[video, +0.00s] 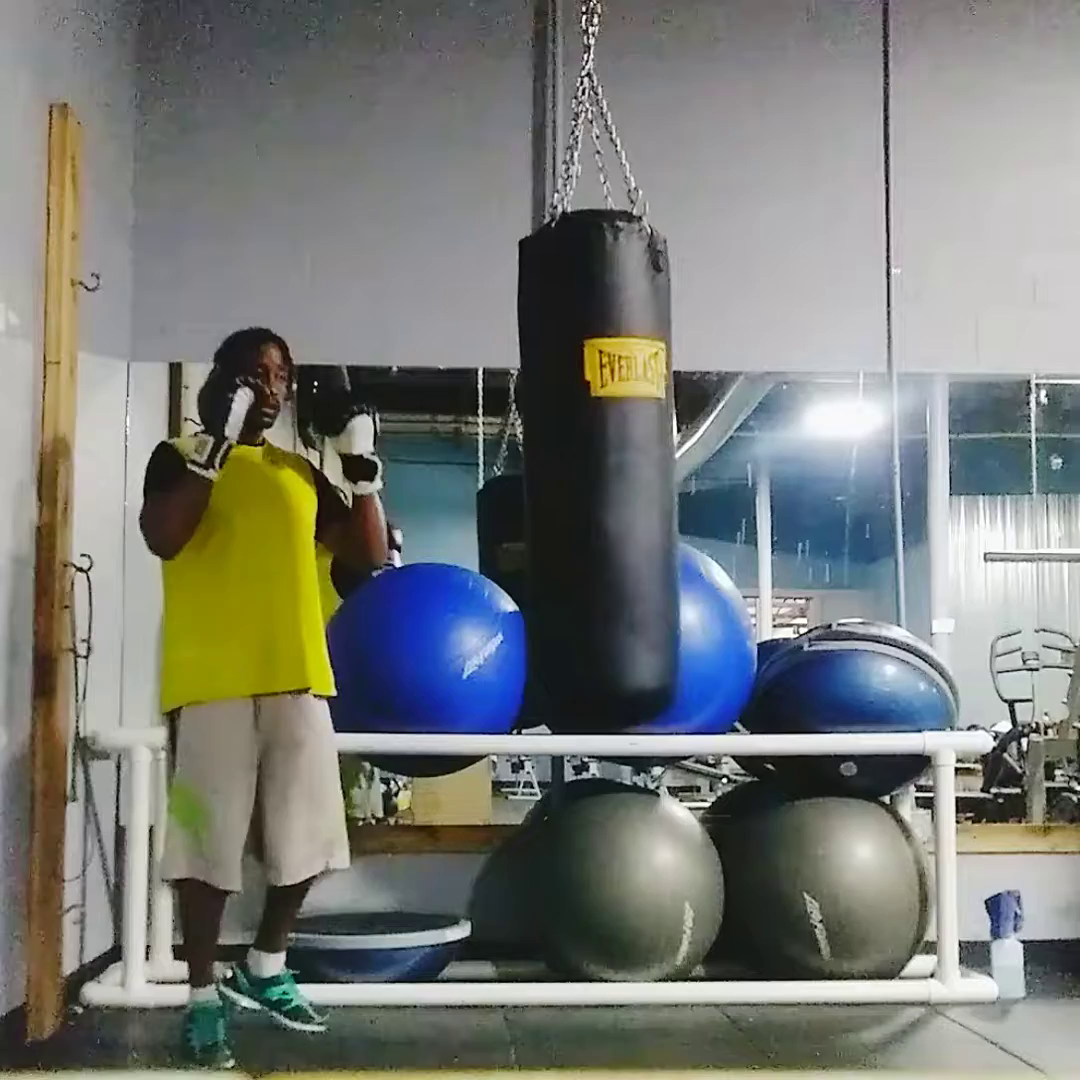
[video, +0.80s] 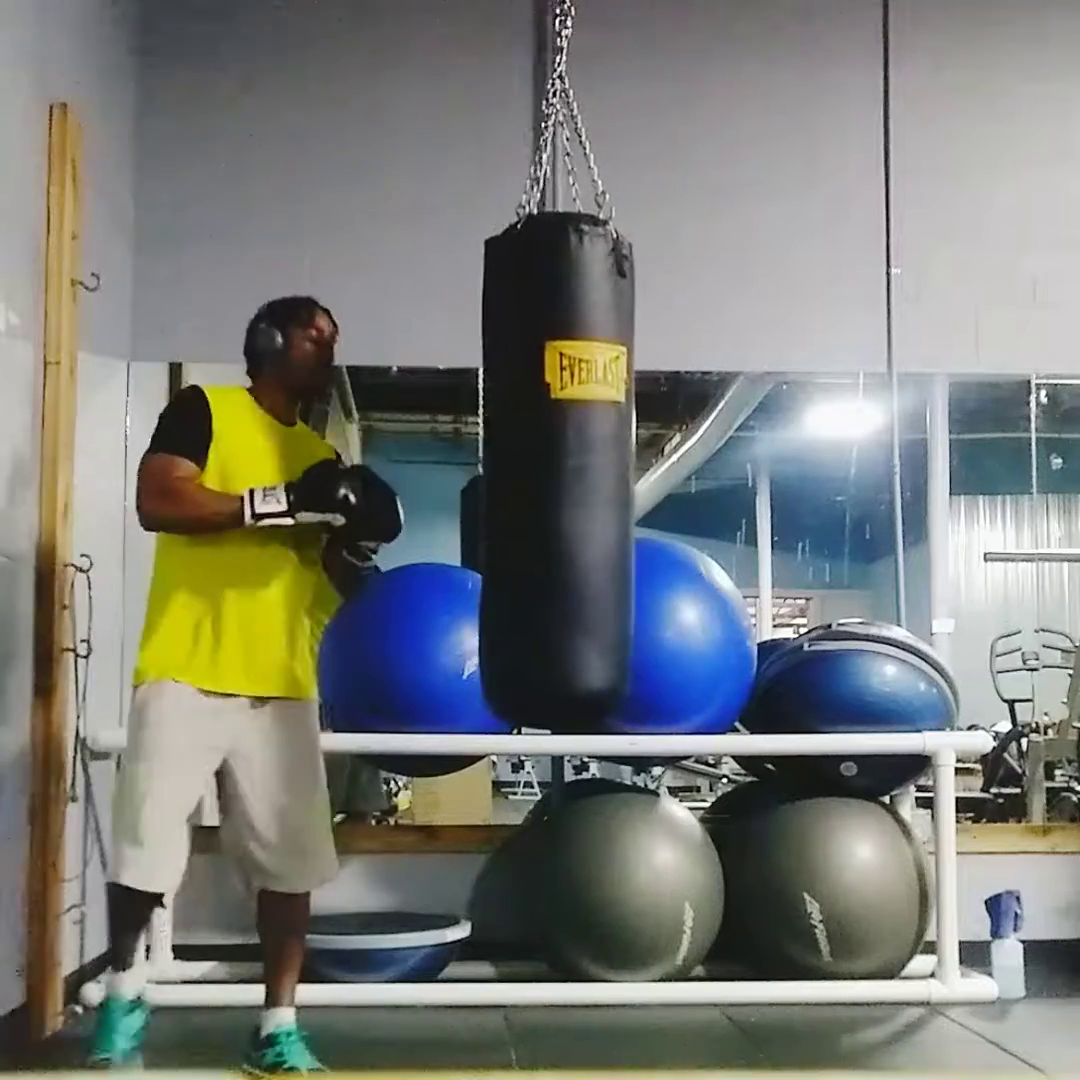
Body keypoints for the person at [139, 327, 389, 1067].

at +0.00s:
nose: (273, 382)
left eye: (282, 371)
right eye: (258, 369)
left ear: (290, 386)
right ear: (224, 380)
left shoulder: (302, 472)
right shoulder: (182, 457)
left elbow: (370, 557)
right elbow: (162, 539)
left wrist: (361, 473)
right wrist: (212, 445)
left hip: (294, 666)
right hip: (210, 668)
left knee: (305, 827)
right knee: (209, 838)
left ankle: (267, 970)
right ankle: (203, 1000)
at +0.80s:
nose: (328, 354)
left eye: (332, 345)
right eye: (316, 338)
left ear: (325, 362)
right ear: (269, 342)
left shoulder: (325, 454)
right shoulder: (204, 407)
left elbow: (347, 580)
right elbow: (156, 503)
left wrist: (349, 539)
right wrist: (275, 504)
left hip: (282, 679)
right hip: (185, 665)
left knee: (289, 856)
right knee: (147, 841)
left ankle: (279, 1027)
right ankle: (122, 1000)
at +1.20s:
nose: (249, 340)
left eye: (250, 328)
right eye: (237, 323)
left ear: (216, 338)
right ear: (188, 326)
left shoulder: (225, 438)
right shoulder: (127, 408)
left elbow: (228, 564)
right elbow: (173, 514)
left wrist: (283, 523)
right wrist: (277, 475)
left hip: (225, 687)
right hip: (132, 691)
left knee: (274, 843)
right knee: (80, 867)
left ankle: (273, 1020)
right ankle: (16, 1045)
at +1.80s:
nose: (260, 353)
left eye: (264, 339)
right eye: (251, 333)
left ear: (229, 339)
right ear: (204, 326)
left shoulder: (206, 427)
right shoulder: (132, 392)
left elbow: (220, 548)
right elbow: (202, 483)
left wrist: (277, 463)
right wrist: (286, 428)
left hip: (209, 677)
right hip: (116, 678)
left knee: (270, 848)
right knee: (65, 871)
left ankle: (286, 1026)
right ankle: (6, 1044)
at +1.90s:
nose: (279, 354)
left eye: (286, 342)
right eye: (270, 333)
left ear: (273, 353)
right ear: (219, 325)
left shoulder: (247, 424)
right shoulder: (147, 395)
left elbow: (329, 487)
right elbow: (195, 489)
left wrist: (392, 447)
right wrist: (282, 433)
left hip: (224, 675)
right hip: (130, 678)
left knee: (265, 850)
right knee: (70, 871)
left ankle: (281, 1033)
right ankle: (11, 1041)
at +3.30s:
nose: (334, 368)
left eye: (340, 356)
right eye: (322, 351)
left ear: (338, 367)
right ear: (278, 354)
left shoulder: (330, 445)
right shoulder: (209, 422)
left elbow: (351, 558)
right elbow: (233, 512)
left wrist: (385, 502)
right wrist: (324, 434)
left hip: (297, 686)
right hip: (197, 687)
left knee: (351, 845)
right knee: (134, 856)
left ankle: (372, 1017)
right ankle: (77, 1018)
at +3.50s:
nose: (357, 365)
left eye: (367, 355)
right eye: (342, 348)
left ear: (370, 368)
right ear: (299, 351)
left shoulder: (367, 442)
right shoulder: (239, 421)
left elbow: (451, 508)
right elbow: (239, 514)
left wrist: (516, 458)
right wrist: (337, 439)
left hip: (322, 682)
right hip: (225, 679)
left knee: (362, 850)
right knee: (186, 857)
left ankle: (374, 1017)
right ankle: (152, 1006)